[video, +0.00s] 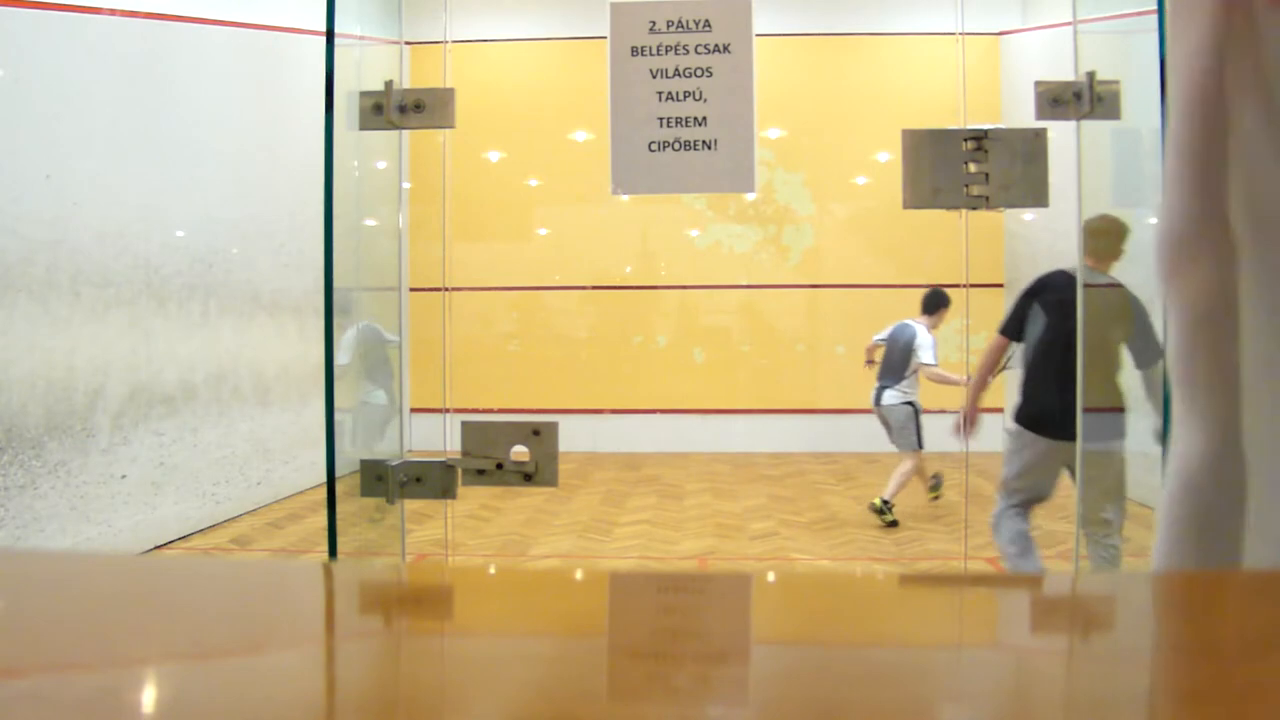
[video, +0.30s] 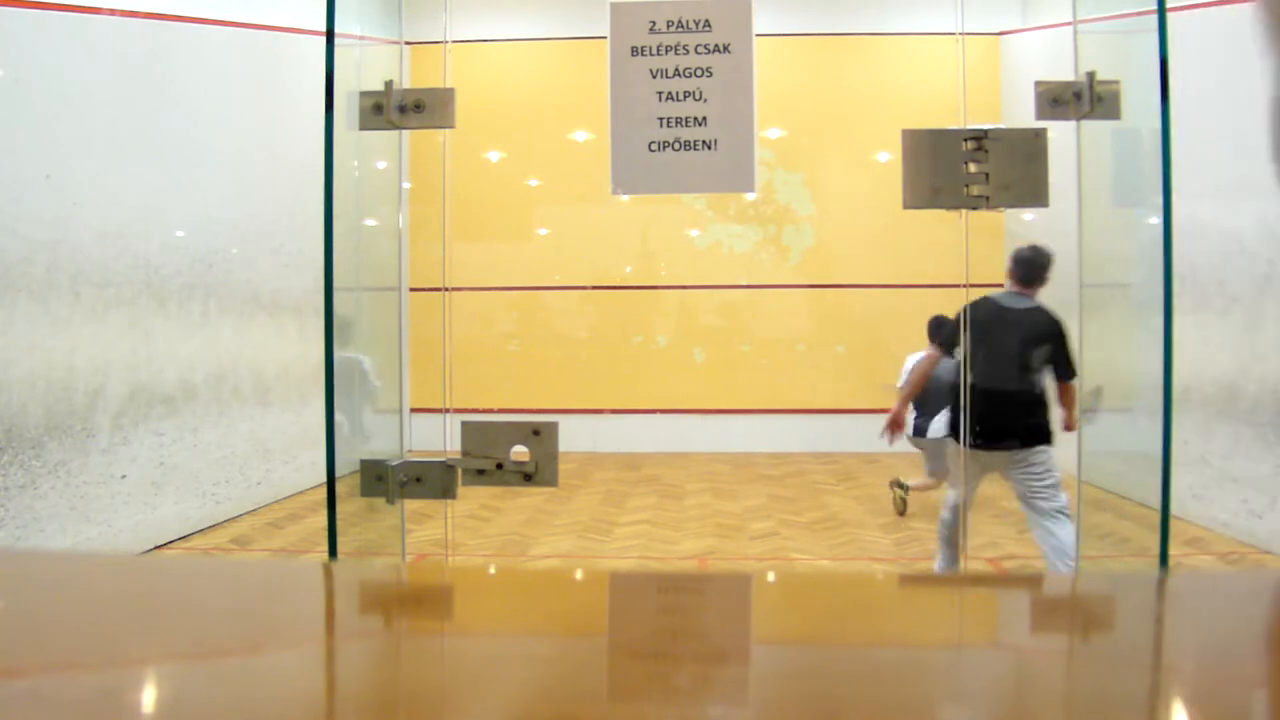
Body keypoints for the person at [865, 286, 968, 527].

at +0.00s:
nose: (945, 318)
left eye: (946, 313)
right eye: (945, 313)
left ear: (924, 307)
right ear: (939, 312)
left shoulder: (901, 326)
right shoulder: (924, 336)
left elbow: (872, 344)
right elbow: (930, 373)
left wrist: (869, 359)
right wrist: (963, 380)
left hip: (881, 398)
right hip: (901, 401)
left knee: (912, 452)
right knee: (912, 457)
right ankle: (885, 501)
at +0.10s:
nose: (953, 331)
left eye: (953, 326)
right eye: (953, 326)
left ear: (933, 321)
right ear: (947, 326)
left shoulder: (910, 338)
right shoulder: (934, 352)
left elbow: (881, 354)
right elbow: (950, 389)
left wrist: (872, 368)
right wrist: (990, 390)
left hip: (897, 410)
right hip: (915, 412)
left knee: (932, 456)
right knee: (931, 464)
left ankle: (953, 490)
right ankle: (898, 494)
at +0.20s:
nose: (954, 336)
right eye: (954, 333)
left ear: (932, 332)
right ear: (952, 335)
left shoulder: (911, 354)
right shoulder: (953, 365)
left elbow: (890, 382)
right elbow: (973, 392)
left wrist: (889, 405)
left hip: (908, 422)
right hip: (932, 425)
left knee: (944, 450)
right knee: (935, 482)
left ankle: (955, 492)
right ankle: (907, 493)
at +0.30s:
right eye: (950, 335)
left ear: (929, 335)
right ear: (952, 336)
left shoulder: (914, 360)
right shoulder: (956, 364)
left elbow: (903, 390)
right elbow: (965, 396)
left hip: (916, 430)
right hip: (942, 431)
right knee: (937, 478)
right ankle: (906, 486)